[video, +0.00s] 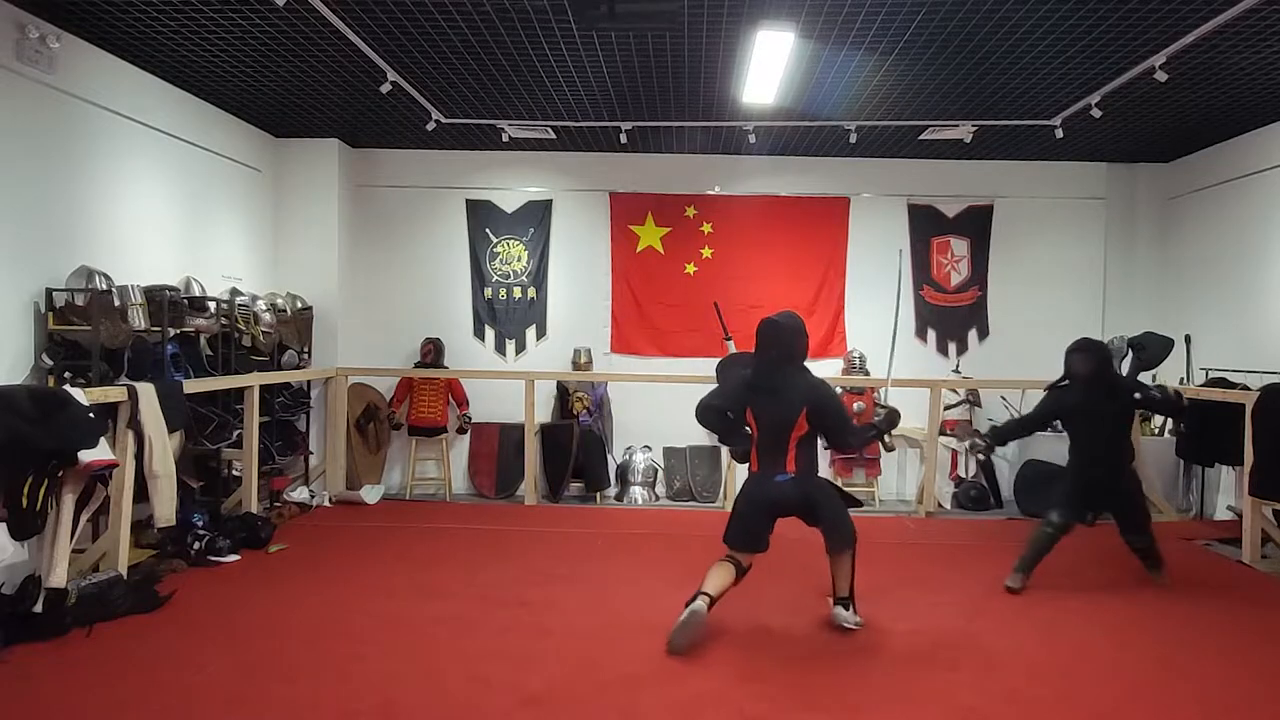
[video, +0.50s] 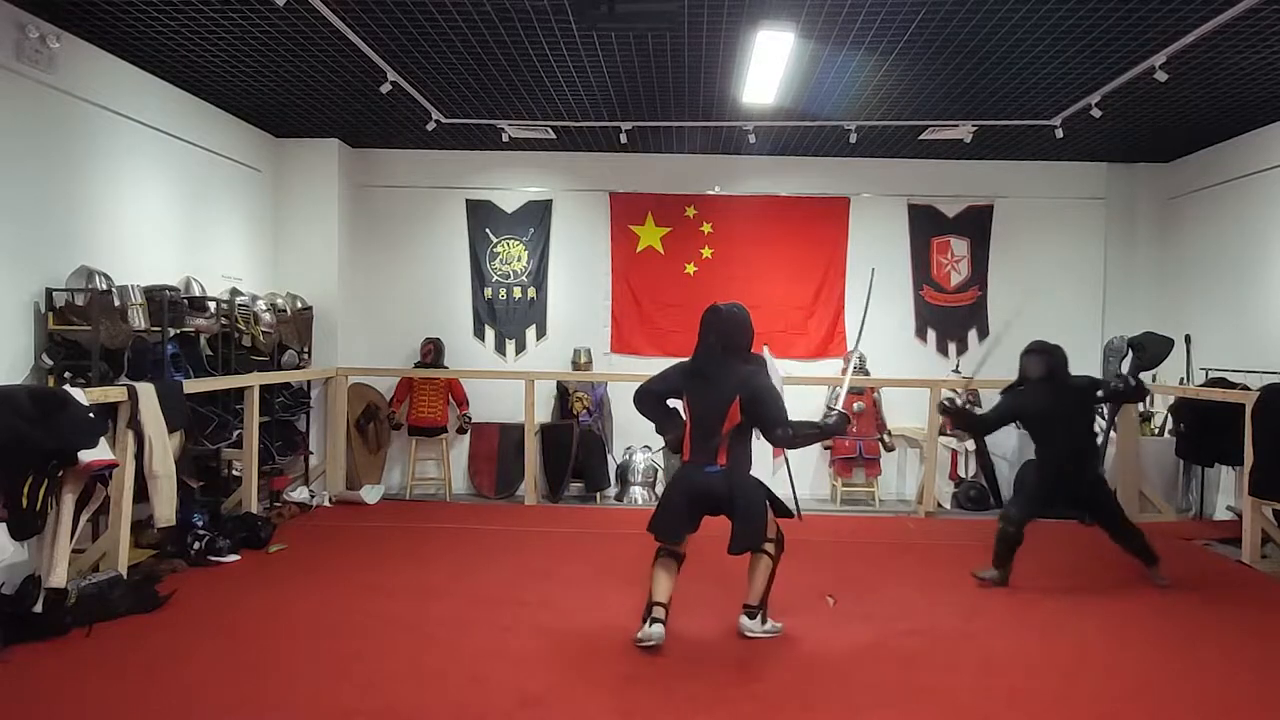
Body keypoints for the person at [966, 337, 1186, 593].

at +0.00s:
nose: (1083, 377)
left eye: (1087, 369)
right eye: (1077, 370)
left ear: (1102, 366)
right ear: (1069, 369)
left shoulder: (1126, 389)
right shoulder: (1062, 398)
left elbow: (1169, 408)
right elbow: (1029, 423)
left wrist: (1172, 399)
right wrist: (992, 438)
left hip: (1120, 476)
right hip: (1081, 476)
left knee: (1137, 528)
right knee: (1055, 523)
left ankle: (1156, 568)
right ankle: (1020, 572)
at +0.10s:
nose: (1082, 367)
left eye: (1088, 361)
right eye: (1078, 361)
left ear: (1104, 363)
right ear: (1073, 364)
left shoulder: (1130, 387)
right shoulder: (1070, 397)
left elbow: (1164, 399)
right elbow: (1048, 428)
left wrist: (1179, 406)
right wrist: (1020, 448)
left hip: (1122, 473)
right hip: (1083, 473)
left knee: (1140, 534)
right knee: (1058, 521)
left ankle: (1157, 568)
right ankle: (1036, 572)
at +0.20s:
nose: (1083, 368)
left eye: (1089, 362)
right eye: (1078, 362)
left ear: (1105, 364)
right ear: (1073, 364)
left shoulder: (1132, 388)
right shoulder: (1071, 395)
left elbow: (1173, 403)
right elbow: (1051, 428)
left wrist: (1177, 409)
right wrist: (1024, 446)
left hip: (1122, 473)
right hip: (1083, 472)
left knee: (1140, 533)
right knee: (1057, 517)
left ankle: (1157, 569)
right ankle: (1041, 572)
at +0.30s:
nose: (1080, 368)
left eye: (1086, 362)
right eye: (1076, 361)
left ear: (1101, 364)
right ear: (1069, 364)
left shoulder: (1125, 390)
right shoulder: (1065, 398)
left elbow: (1169, 410)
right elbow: (1041, 428)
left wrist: (1155, 410)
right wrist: (1012, 440)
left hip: (1116, 474)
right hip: (1078, 474)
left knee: (1137, 539)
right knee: (1050, 512)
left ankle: (1156, 568)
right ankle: (1038, 571)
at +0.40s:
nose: (1066, 371)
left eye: (1071, 365)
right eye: (1061, 365)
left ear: (1087, 367)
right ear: (1054, 368)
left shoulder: (1113, 392)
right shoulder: (1049, 399)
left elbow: (1164, 406)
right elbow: (1019, 428)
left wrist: (1133, 405)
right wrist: (984, 431)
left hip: (1104, 478)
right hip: (1066, 476)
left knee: (1131, 535)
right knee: (1036, 513)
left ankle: (1155, 568)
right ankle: (1015, 567)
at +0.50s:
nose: (1032, 368)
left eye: (1037, 362)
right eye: (1028, 362)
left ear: (1052, 365)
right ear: (1023, 368)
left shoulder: (1082, 388)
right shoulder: (1018, 398)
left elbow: (1136, 394)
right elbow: (983, 425)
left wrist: (1130, 389)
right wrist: (958, 415)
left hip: (1083, 474)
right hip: (1042, 474)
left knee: (1117, 524)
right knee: (1012, 518)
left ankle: (1153, 566)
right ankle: (1000, 571)